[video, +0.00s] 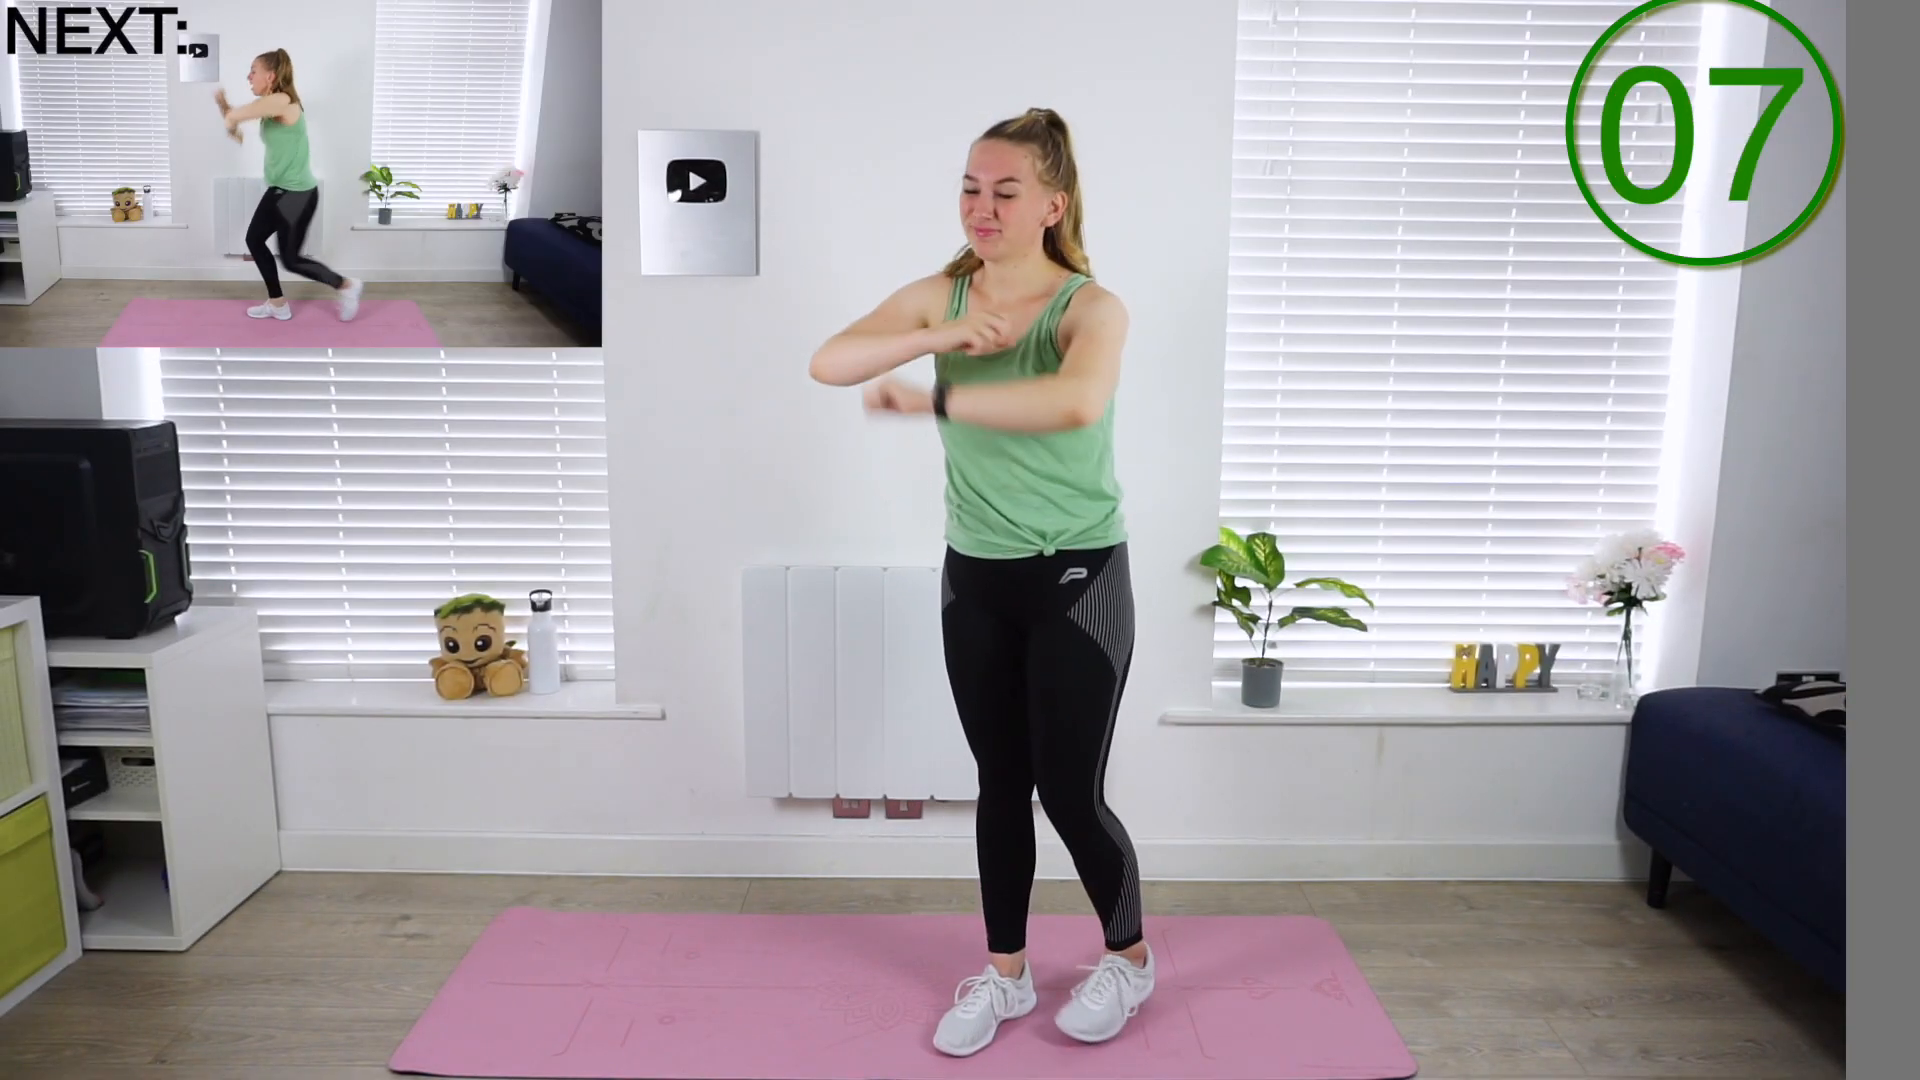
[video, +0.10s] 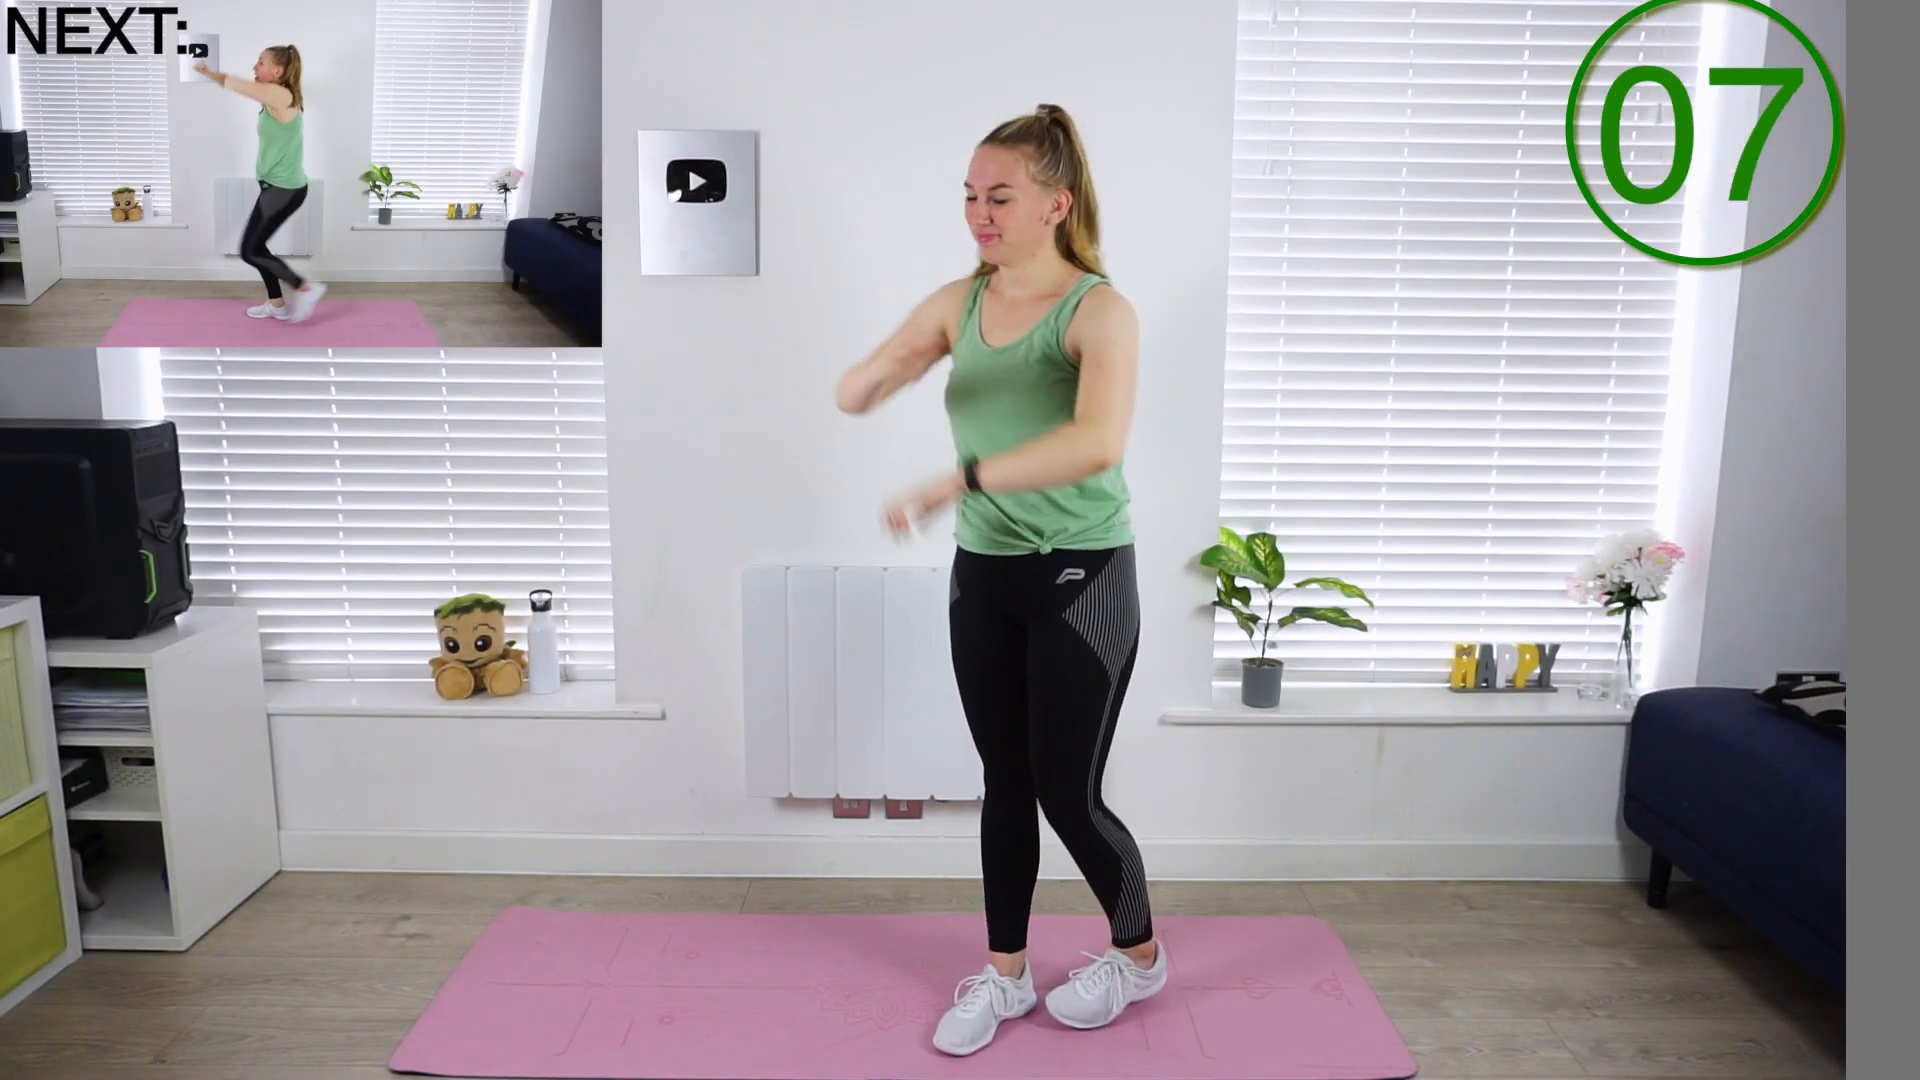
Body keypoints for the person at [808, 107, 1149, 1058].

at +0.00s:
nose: (982, 207)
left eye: (1004, 190)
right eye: (972, 190)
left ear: (1056, 203)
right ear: (961, 199)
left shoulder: (1092, 308)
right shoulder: (941, 295)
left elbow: (1081, 403)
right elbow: (830, 361)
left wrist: (933, 401)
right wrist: (948, 331)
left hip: (1079, 576)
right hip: (976, 573)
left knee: (1069, 789)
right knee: (1001, 782)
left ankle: (1127, 959)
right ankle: (1006, 970)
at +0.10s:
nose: (978, 211)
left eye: (999, 195)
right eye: (972, 193)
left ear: (1059, 204)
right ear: (967, 198)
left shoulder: (1100, 311)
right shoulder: (959, 303)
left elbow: (1098, 444)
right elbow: (853, 394)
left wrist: (960, 478)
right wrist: (884, 374)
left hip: (1082, 576)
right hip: (985, 573)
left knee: (1067, 789)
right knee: (1005, 782)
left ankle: (1138, 953)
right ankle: (1007, 970)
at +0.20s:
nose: (981, 227)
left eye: (996, 210)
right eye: (977, 210)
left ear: (1061, 207)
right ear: (999, 214)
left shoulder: (1116, 317)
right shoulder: (985, 310)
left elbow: (1112, 469)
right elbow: (914, 412)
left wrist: (996, 548)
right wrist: (871, 448)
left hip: (1088, 585)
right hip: (998, 578)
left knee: (1072, 793)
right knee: (1012, 786)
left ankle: (1144, 963)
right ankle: (1007, 971)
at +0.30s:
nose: (991, 238)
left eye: (1001, 218)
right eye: (987, 220)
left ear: (1062, 209)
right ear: (1040, 215)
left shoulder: (1131, 321)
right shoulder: (1017, 308)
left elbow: (1105, 487)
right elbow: (969, 435)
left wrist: (1030, 603)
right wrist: (920, 526)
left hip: (1100, 583)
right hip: (1010, 571)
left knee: (1082, 782)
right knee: (1020, 779)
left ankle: (1144, 966)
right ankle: (1007, 970)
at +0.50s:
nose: (1009, 253)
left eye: (1015, 234)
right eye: (1004, 236)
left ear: (1069, 220)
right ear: (1066, 223)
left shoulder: (1148, 328)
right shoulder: (1072, 307)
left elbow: (1136, 497)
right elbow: (1069, 459)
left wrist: (1106, 629)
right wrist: (1045, 568)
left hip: (1129, 577)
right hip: (1052, 569)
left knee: (1115, 777)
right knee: (1037, 777)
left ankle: (1146, 964)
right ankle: (1006, 962)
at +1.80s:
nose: (935, 264)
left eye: (936, 247)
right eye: (930, 249)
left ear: (975, 230)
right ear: (992, 225)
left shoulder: (1033, 318)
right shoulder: (1023, 310)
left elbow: (1026, 472)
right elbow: (1012, 463)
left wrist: (983, 590)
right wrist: (968, 561)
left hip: (1032, 563)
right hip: (1003, 556)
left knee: (1008, 764)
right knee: (975, 744)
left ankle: (1123, 940)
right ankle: (980, 917)